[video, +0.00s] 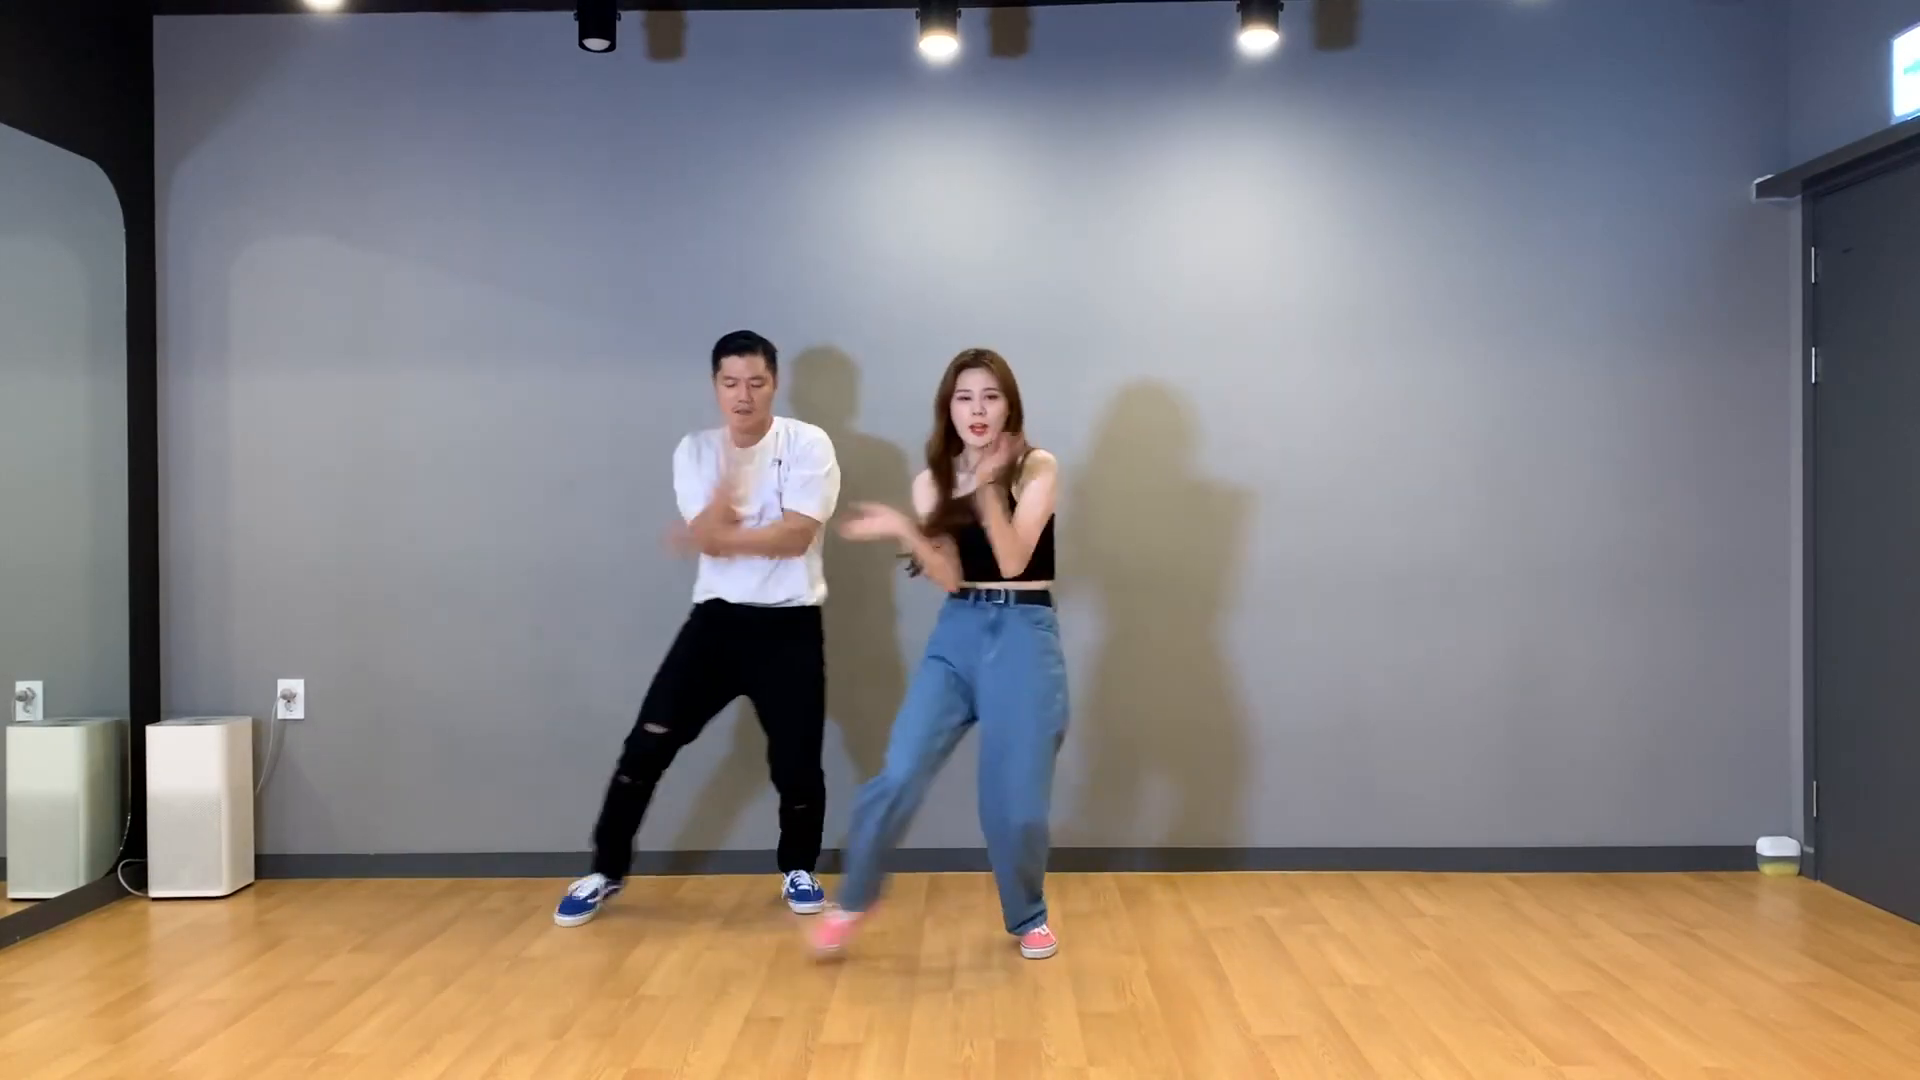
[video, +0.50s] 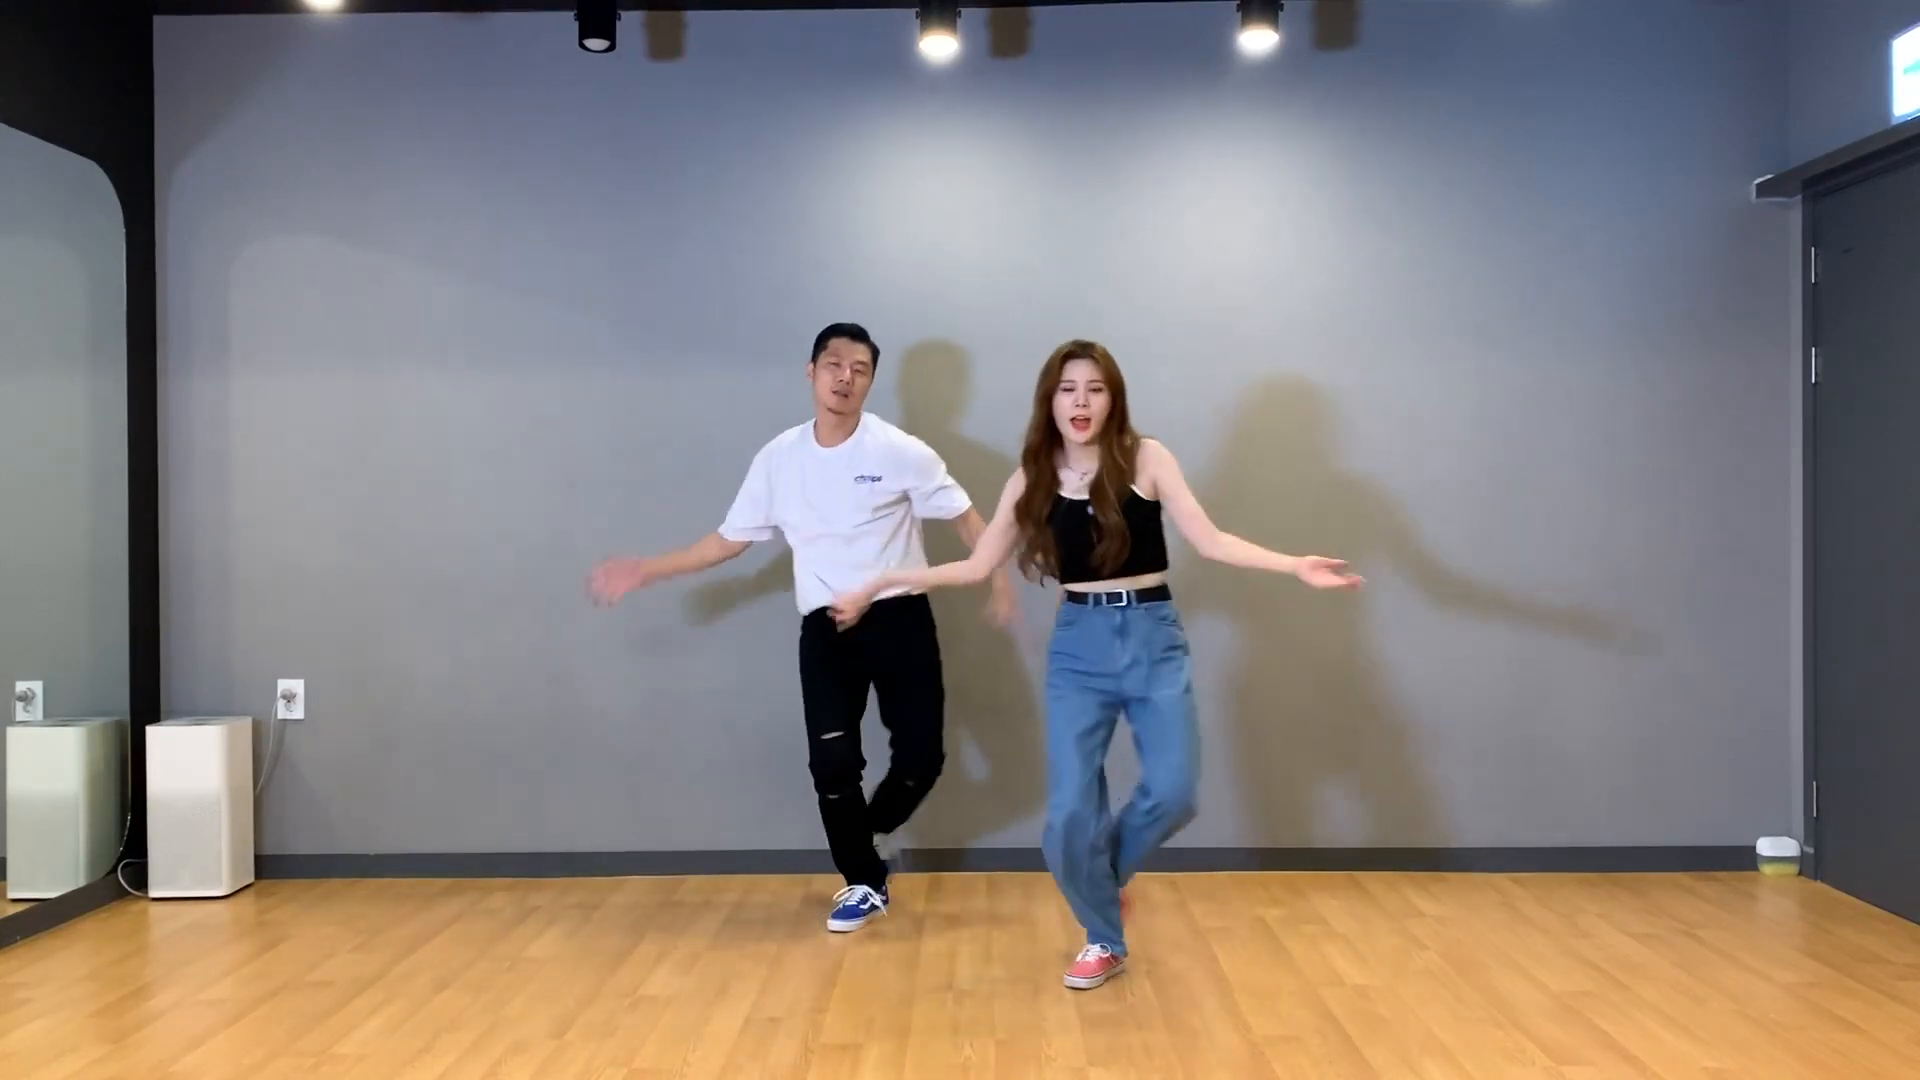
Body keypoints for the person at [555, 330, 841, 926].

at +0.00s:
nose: (743, 394)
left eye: (755, 383)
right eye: (731, 383)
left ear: (774, 386)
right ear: (716, 389)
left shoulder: (809, 445)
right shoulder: (695, 450)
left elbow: (797, 537)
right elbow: (707, 539)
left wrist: (716, 538)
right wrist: (725, 495)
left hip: (790, 626)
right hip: (716, 621)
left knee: (798, 762)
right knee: (648, 744)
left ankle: (799, 873)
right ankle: (608, 872)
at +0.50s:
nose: (844, 377)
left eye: (859, 369)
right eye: (833, 364)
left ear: (871, 383)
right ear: (811, 373)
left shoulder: (902, 454)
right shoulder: (778, 459)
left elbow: (967, 519)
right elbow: (727, 541)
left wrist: (999, 579)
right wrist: (644, 570)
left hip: (903, 621)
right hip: (827, 627)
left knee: (921, 760)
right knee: (833, 762)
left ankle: (866, 831)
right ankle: (863, 884)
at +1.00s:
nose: (917, 363)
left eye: (926, 349)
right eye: (902, 358)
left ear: (947, 355)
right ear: (891, 374)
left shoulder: (976, 413)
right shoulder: (914, 435)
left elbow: (1004, 507)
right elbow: (920, 522)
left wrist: (951, 584)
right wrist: (871, 543)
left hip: (948, 603)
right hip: (889, 600)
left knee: (969, 758)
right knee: (845, 742)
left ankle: (1049, 866)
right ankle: (864, 883)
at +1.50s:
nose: (925, 396)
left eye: (932, 379)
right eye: (913, 390)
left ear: (958, 372)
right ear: (907, 400)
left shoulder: (998, 441)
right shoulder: (926, 445)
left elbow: (931, 507)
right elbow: (891, 512)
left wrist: (902, 429)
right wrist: (864, 437)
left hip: (968, 622)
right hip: (909, 614)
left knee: (963, 776)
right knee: (845, 739)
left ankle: (1071, 860)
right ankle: (863, 883)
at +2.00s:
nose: (923, 375)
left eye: (933, 360)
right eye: (909, 366)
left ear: (957, 360)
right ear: (899, 375)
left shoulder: (1005, 439)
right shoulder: (884, 437)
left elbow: (1029, 533)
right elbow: (858, 525)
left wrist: (1023, 620)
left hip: (968, 622)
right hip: (892, 618)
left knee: (991, 758)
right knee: (831, 737)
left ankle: (1010, 877)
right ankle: (860, 881)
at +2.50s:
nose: (929, 381)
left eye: (937, 366)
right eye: (914, 371)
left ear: (949, 363)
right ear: (889, 373)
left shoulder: (986, 439)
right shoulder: (861, 431)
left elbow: (1002, 540)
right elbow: (828, 513)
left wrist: (1015, 624)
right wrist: (787, 584)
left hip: (972, 616)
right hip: (892, 618)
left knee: (1024, 747)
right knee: (858, 751)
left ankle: (1017, 881)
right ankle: (841, 879)